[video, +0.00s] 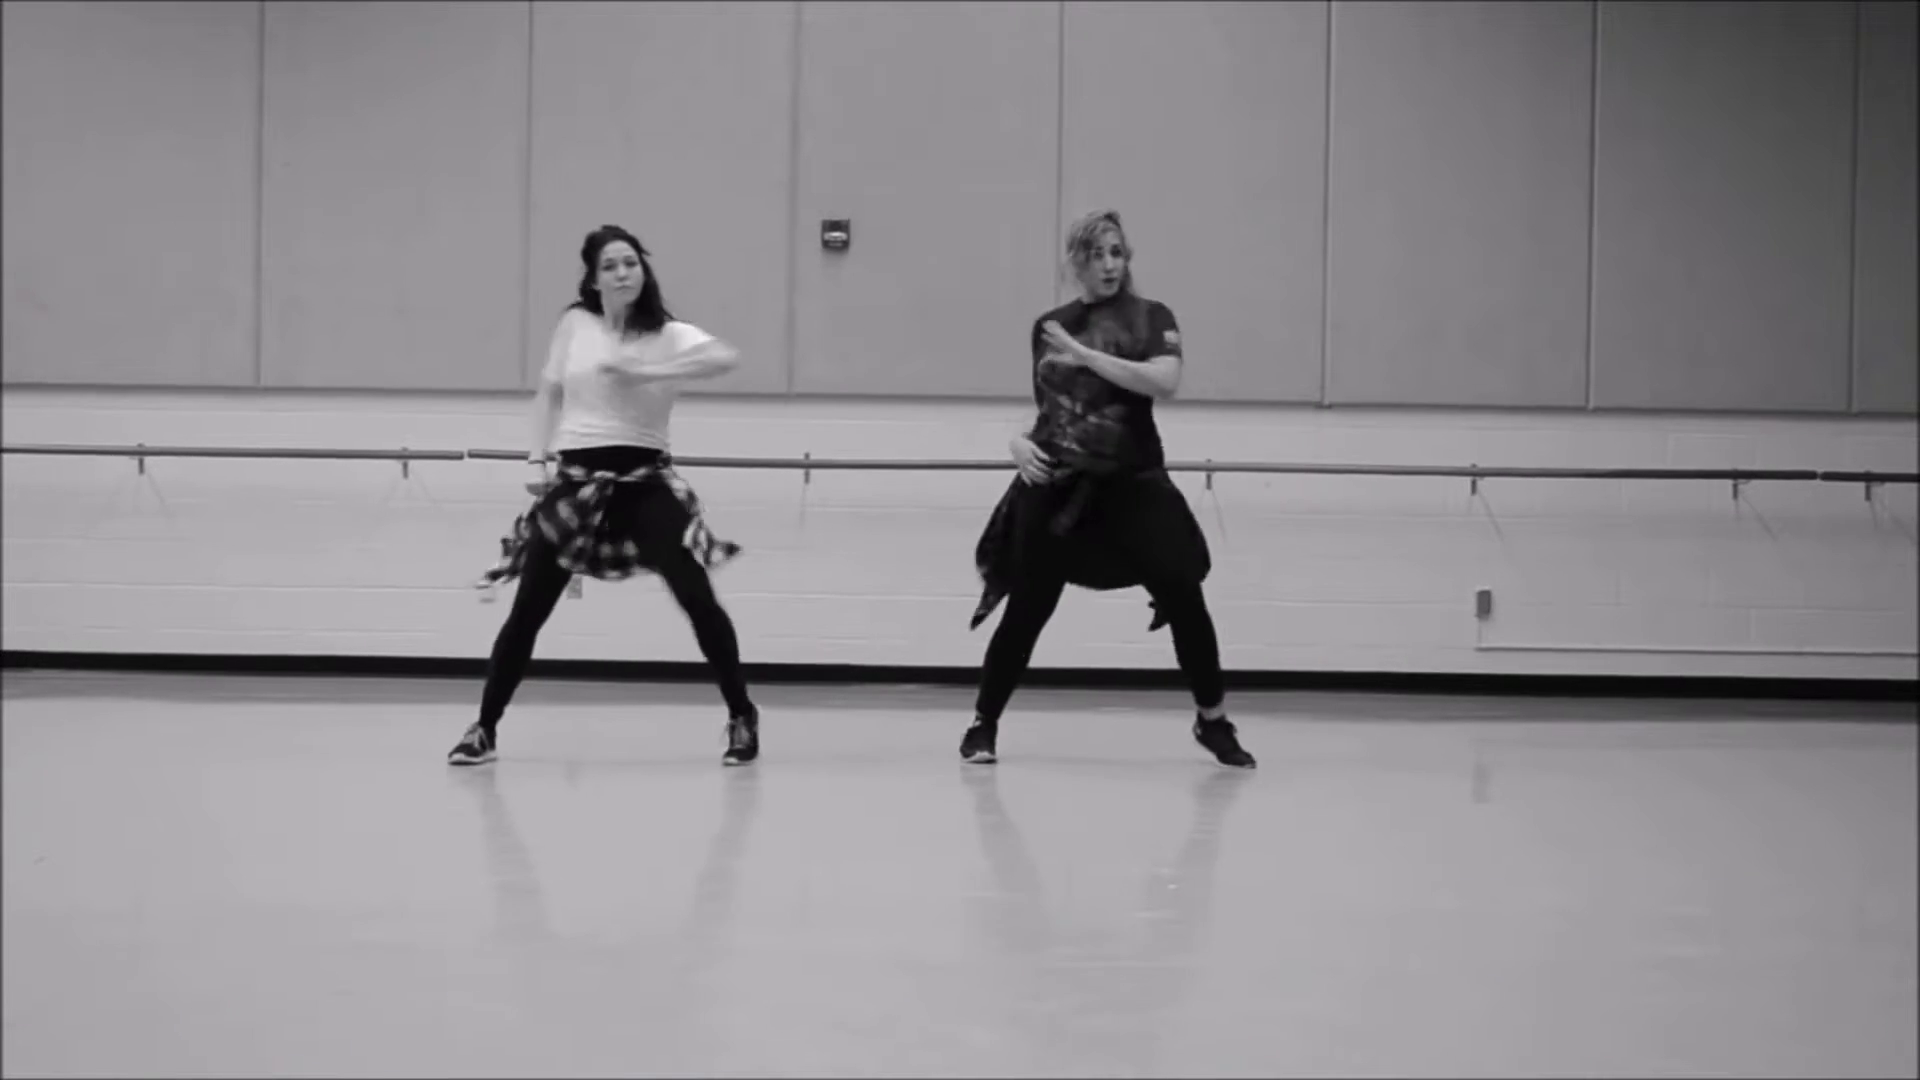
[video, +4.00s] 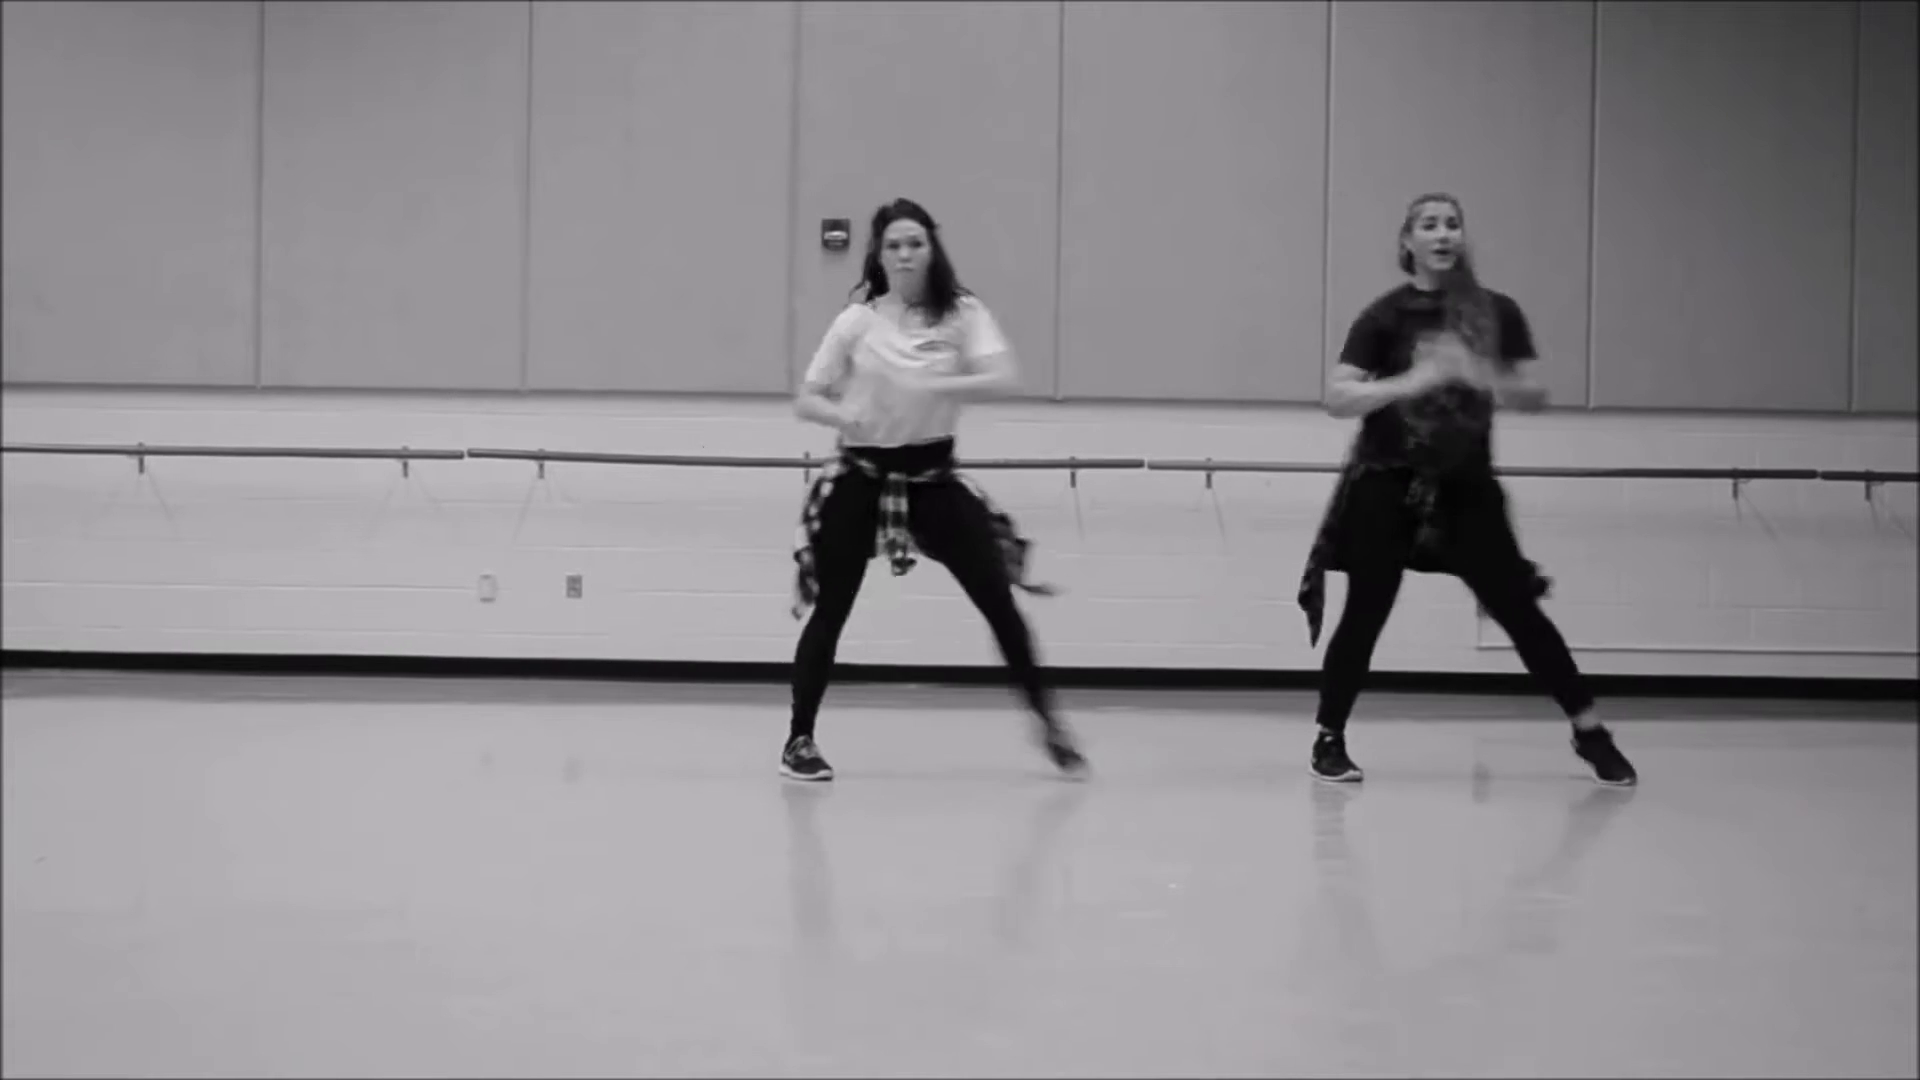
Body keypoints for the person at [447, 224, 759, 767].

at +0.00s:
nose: (623, 273)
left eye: (630, 263)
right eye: (610, 266)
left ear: (645, 270)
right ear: (593, 276)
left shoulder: (667, 331)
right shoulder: (573, 326)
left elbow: (725, 358)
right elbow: (548, 396)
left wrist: (646, 372)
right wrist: (538, 460)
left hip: (644, 484)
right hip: (573, 483)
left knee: (698, 601)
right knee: (528, 613)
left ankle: (742, 717)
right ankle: (484, 727)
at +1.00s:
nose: (805, 374)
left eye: (810, 363)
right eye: (793, 361)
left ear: (816, 365)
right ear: (763, 362)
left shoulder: (763, 414)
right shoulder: (730, 419)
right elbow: (770, 512)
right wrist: (839, 536)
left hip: (700, 504)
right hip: (654, 503)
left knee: (749, 609)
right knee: (727, 605)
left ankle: (687, 731)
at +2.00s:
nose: (747, 255)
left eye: (742, 249)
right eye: (732, 254)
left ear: (735, 276)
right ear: (712, 279)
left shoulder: (743, 329)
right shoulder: (732, 332)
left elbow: (744, 413)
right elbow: (800, 376)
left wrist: (787, 445)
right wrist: (864, 406)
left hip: (743, 491)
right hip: (720, 492)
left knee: (747, 616)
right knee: (775, 608)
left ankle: (686, 732)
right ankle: (815, 738)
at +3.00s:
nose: (891, 316)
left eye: (897, 305)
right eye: (883, 302)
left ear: (891, 308)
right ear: (853, 295)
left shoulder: (856, 372)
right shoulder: (813, 321)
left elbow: (902, 408)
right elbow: (861, 224)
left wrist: (901, 334)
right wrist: (894, 257)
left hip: (766, 488)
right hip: (733, 471)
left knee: (708, 607)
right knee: (772, 614)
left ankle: (681, 730)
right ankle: (814, 739)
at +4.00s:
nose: (906, 254)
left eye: (916, 243)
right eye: (895, 245)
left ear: (934, 250)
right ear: (878, 255)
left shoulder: (963, 313)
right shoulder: (856, 321)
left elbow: (1006, 377)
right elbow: (807, 399)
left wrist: (938, 386)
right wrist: (844, 417)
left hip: (933, 480)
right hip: (861, 481)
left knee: (997, 601)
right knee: (831, 611)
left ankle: (1051, 726)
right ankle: (800, 740)